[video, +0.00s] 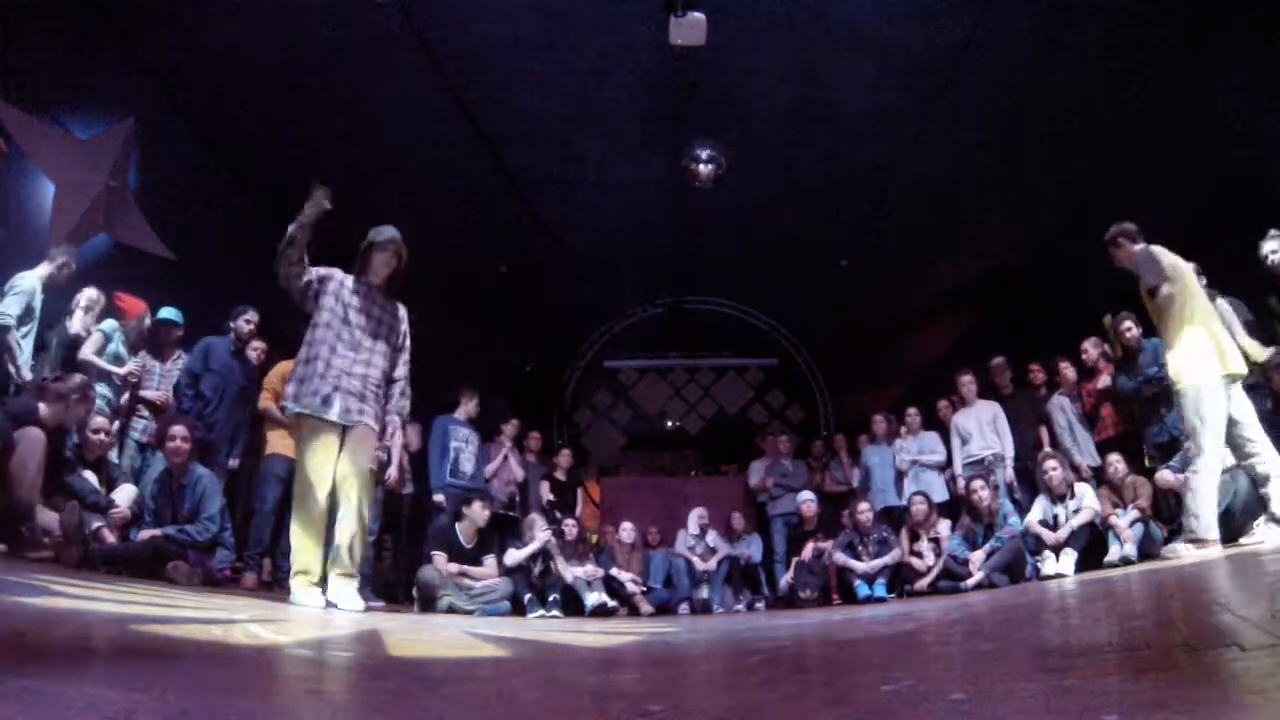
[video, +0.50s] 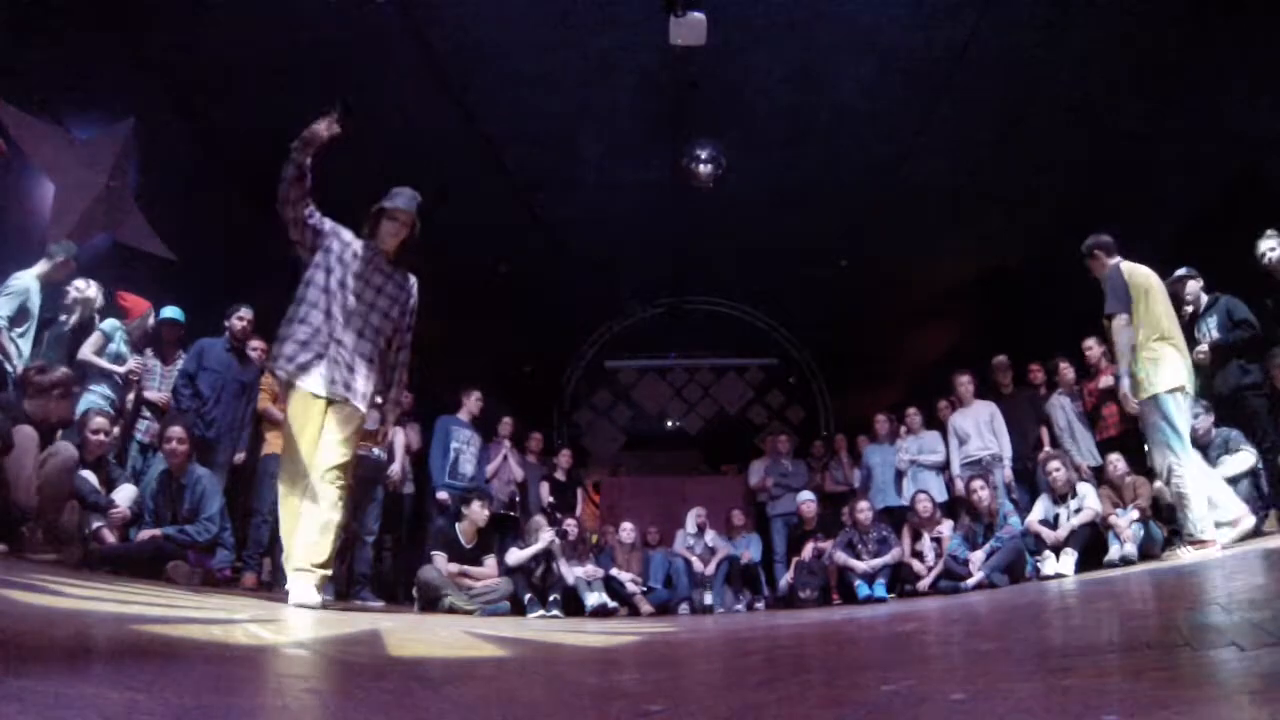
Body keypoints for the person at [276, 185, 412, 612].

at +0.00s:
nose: (387, 260)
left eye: (394, 256)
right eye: (383, 251)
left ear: (398, 265)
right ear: (366, 253)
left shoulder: (397, 314)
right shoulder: (331, 282)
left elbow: (400, 380)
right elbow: (290, 275)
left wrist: (394, 435)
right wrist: (304, 222)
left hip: (366, 410)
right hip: (317, 398)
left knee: (354, 493)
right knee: (313, 490)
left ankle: (344, 582)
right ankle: (304, 581)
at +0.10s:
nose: (389, 259)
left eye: (395, 254)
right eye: (384, 250)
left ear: (398, 262)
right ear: (366, 250)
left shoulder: (398, 312)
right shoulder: (330, 279)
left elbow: (398, 376)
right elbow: (287, 267)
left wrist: (388, 421)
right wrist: (296, 220)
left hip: (362, 406)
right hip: (315, 395)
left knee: (349, 494)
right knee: (310, 490)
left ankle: (343, 584)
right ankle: (304, 581)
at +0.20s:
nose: (388, 253)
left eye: (394, 248)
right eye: (382, 244)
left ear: (399, 255)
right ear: (367, 244)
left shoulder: (399, 305)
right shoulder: (331, 271)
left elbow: (397, 373)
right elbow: (287, 253)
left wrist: (384, 421)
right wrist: (299, 201)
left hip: (363, 396)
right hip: (314, 384)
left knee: (345, 486)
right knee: (310, 483)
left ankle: (333, 580)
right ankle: (304, 581)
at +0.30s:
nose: (389, 247)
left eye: (397, 242)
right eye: (385, 238)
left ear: (402, 250)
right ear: (369, 237)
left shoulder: (400, 299)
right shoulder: (332, 262)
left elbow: (396, 365)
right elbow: (294, 232)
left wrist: (388, 416)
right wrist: (303, 173)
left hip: (360, 395)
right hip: (312, 381)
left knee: (335, 478)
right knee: (305, 481)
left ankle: (320, 577)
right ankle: (303, 578)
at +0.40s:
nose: (392, 237)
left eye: (400, 233)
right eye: (388, 228)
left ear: (405, 241)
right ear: (372, 228)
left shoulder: (403, 295)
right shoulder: (333, 251)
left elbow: (397, 362)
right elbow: (297, 218)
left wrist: (385, 417)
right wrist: (304, 158)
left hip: (358, 393)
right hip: (310, 378)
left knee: (332, 480)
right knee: (302, 479)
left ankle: (310, 578)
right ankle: (299, 577)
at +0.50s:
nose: (395, 230)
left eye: (404, 225)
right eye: (391, 220)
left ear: (410, 233)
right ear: (376, 219)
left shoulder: (406, 288)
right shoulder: (336, 240)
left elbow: (399, 354)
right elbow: (296, 208)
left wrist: (388, 412)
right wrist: (305, 149)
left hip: (356, 384)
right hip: (308, 369)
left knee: (329, 474)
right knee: (298, 472)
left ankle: (311, 578)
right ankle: (298, 575)